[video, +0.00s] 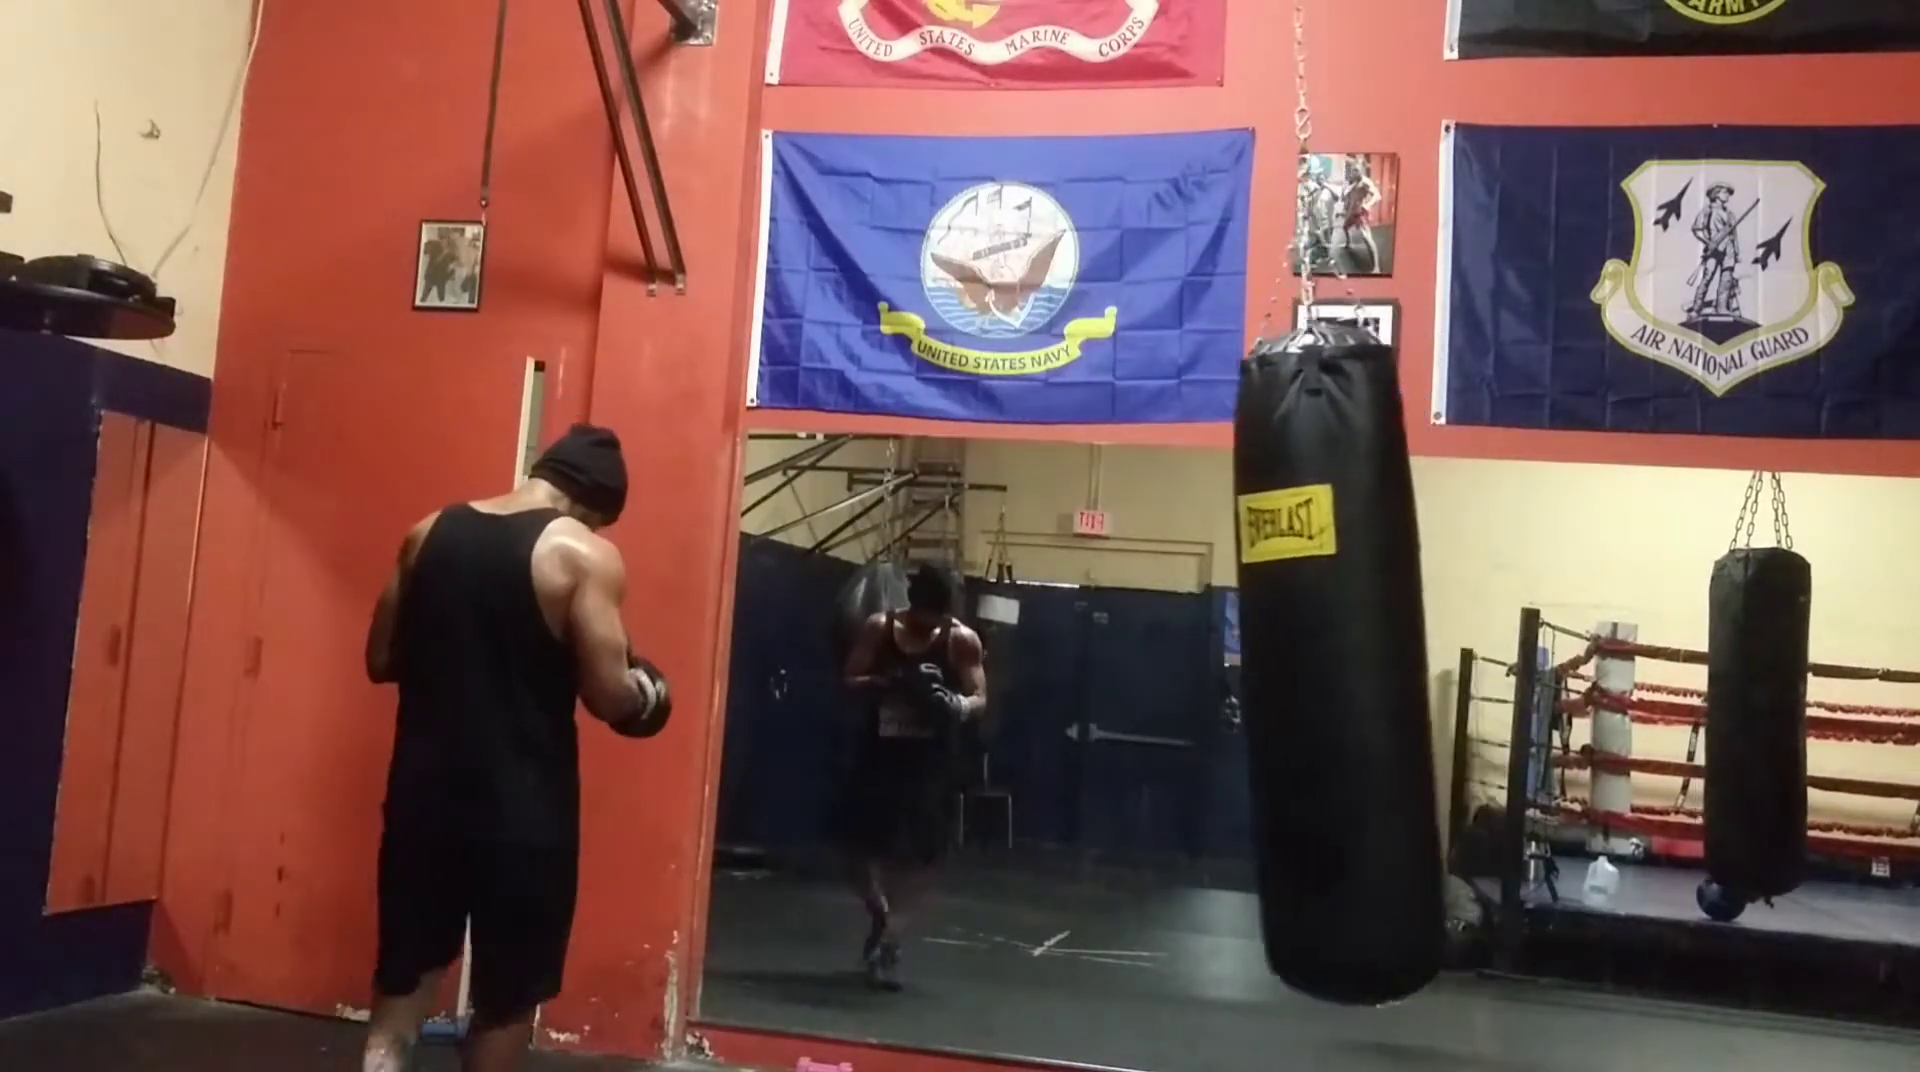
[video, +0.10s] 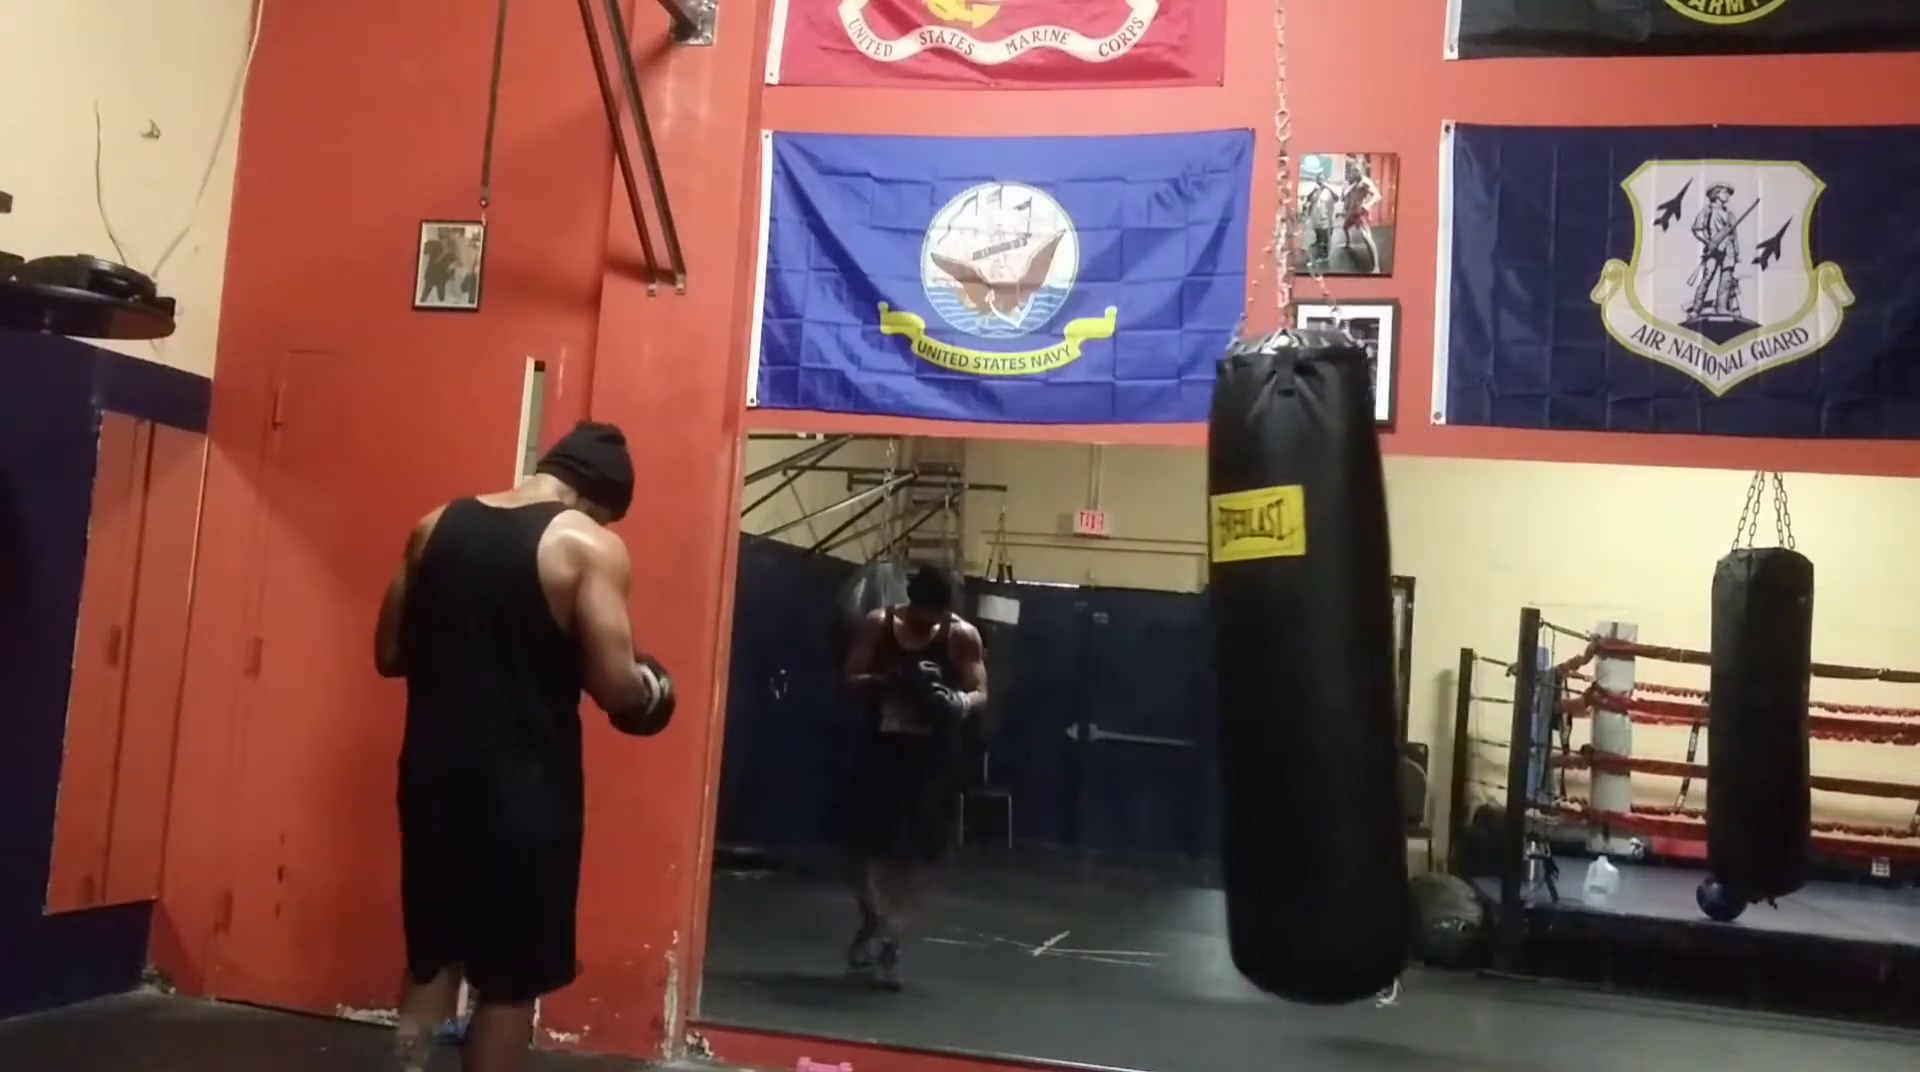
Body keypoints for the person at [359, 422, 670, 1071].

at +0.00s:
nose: (595, 529)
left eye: (597, 517)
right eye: (600, 518)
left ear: (538, 471)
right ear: (600, 506)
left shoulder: (431, 531)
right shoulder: (586, 553)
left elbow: (382, 661)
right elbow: (611, 698)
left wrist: (463, 635)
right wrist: (649, 695)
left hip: (424, 802)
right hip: (525, 815)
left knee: (400, 992)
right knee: (506, 1011)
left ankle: (381, 1061)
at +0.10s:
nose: (603, 525)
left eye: (605, 513)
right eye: (608, 514)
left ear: (545, 468)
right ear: (606, 498)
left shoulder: (438, 524)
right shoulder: (591, 544)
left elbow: (390, 655)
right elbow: (618, 690)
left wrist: (471, 632)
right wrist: (651, 695)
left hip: (433, 780)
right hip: (527, 791)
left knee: (433, 958)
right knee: (509, 981)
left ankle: (408, 1062)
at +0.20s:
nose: (609, 520)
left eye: (612, 509)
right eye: (615, 509)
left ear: (553, 462)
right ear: (614, 493)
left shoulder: (447, 518)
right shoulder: (597, 538)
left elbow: (399, 648)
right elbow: (622, 681)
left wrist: (482, 629)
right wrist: (651, 691)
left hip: (438, 774)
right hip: (527, 786)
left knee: (455, 963)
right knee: (503, 983)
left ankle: (444, 1057)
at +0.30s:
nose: (615, 521)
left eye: (619, 510)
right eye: (620, 510)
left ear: (560, 464)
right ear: (617, 491)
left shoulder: (455, 518)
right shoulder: (601, 538)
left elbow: (406, 646)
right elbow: (622, 676)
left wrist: (486, 630)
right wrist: (652, 692)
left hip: (446, 785)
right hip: (533, 794)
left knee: (467, 969)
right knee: (505, 986)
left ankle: (474, 1060)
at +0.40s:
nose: (620, 524)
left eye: (625, 514)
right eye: (625, 513)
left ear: (567, 466)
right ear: (618, 490)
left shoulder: (462, 522)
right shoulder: (601, 540)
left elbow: (412, 649)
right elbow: (620, 675)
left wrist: (494, 629)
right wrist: (657, 688)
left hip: (455, 789)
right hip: (540, 799)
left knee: (475, 981)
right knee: (509, 991)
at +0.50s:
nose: (624, 526)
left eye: (629, 514)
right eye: (629, 513)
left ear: (567, 471)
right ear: (620, 492)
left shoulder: (467, 526)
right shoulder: (602, 542)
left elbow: (421, 654)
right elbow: (620, 678)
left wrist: (507, 635)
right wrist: (660, 684)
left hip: (464, 793)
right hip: (546, 802)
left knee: (481, 976)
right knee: (522, 987)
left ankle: (485, 1064)